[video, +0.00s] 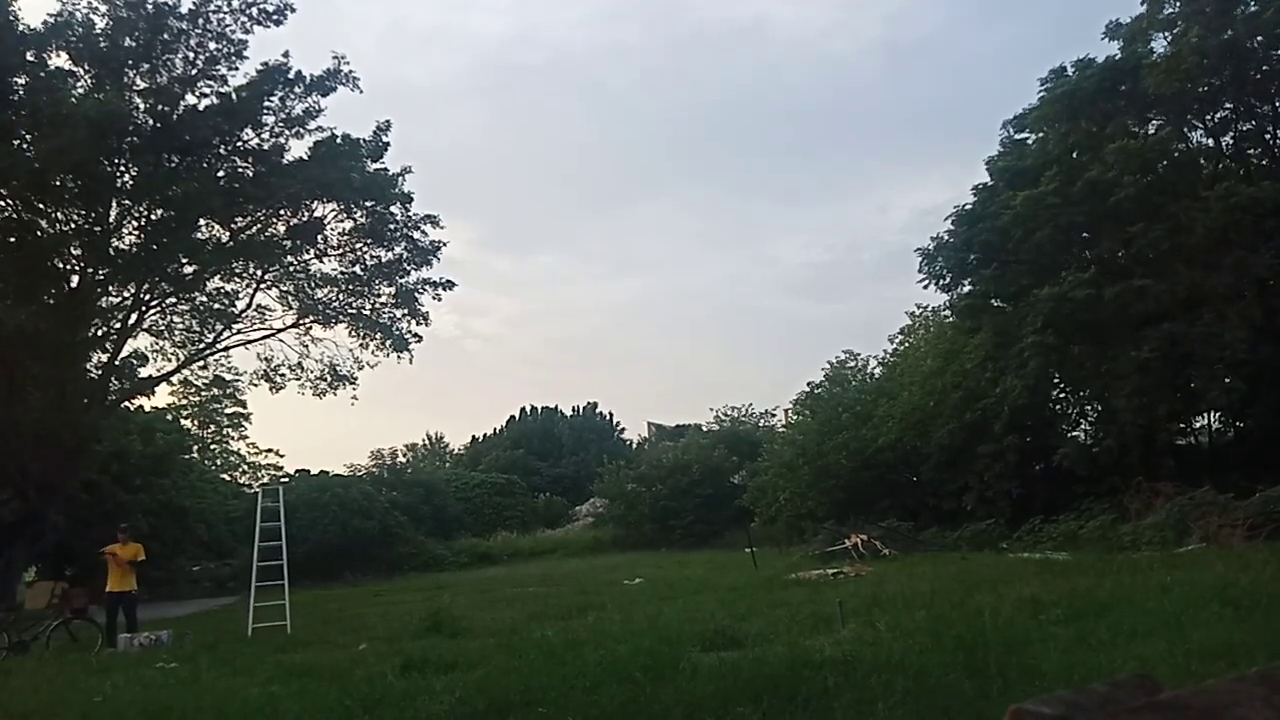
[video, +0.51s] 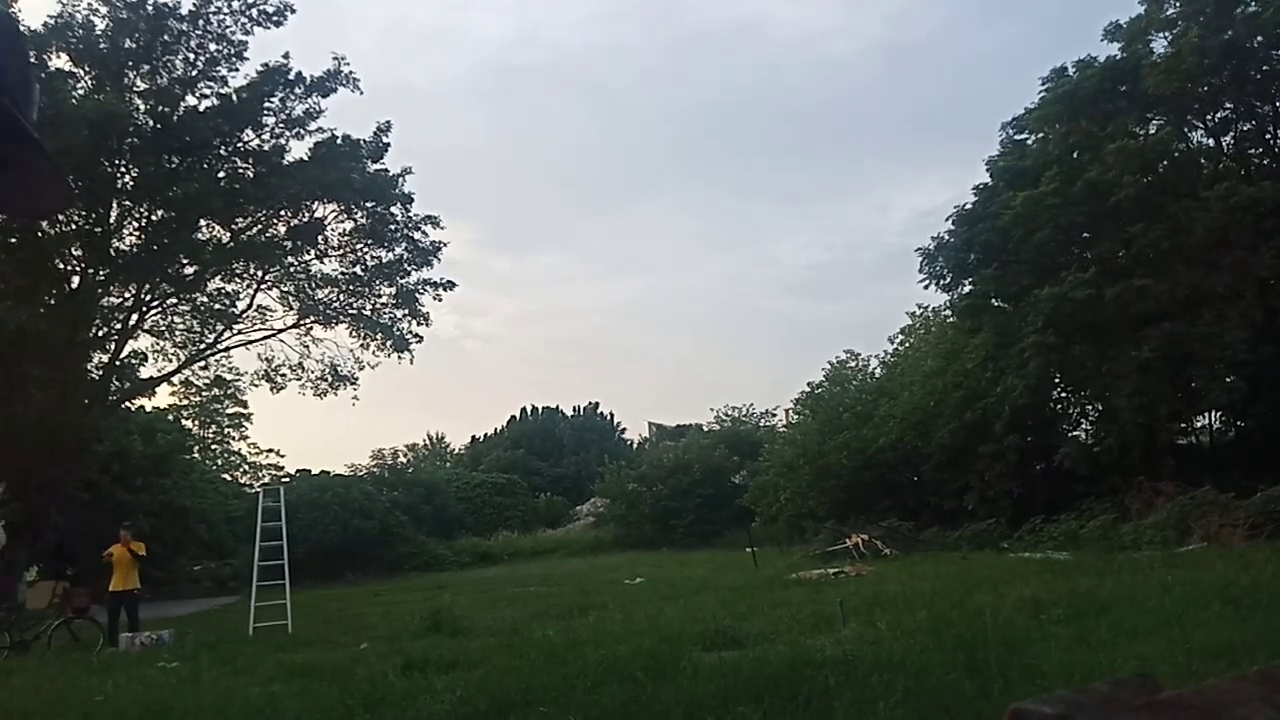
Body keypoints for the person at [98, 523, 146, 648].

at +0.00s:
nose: (122, 537)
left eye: (124, 534)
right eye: (120, 534)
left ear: (129, 534)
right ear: (117, 535)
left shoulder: (137, 548)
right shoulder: (112, 548)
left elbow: (141, 565)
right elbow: (98, 556)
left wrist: (124, 561)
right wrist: (108, 556)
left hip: (129, 589)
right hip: (112, 589)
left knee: (131, 619)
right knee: (110, 620)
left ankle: (133, 644)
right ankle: (111, 646)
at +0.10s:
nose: (122, 540)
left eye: (125, 537)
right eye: (120, 537)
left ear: (129, 537)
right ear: (117, 538)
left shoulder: (138, 550)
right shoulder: (113, 551)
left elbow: (141, 568)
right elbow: (100, 561)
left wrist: (127, 562)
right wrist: (109, 558)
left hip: (129, 592)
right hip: (113, 592)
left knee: (132, 622)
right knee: (111, 622)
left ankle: (134, 647)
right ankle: (111, 648)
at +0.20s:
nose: (124, 536)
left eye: (126, 533)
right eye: (122, 533)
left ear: (131, 533)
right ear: (119, 534)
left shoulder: (139, 546)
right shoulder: (115, 547)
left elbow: (142, 563)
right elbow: (102, 557)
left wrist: (129, 556)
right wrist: (109, 555)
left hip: (131, 587)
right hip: (115, 587)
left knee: (133, 617)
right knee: (113, 618)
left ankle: (135, 642)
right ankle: (113, 644)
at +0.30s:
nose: (124, 536)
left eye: (126, 533)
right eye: (122, 533)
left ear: (131, 534)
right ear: (119, 533)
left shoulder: (138, 546)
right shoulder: (114, 547)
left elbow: (141, 561)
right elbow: (101, 557)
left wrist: (129, 552)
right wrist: (107, 556)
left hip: (130, 587)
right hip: (114, 587)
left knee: (132, 618)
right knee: (111, 618)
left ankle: (134, 642)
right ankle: (112, 644)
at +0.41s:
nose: (123, 541)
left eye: (125, 538)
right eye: (121, 538)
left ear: (130, 538)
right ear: (118, 538)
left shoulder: (137, 549)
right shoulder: (113, 551)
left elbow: (140, 562)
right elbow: (99, 560)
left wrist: (127, 553)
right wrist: (103, 560)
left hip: (129, 590)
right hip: (113, 591)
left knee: (131, 621)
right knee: (110, 622)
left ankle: (133, 646)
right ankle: (110, 648)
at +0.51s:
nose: (123, 537)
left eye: (126, 535)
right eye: (122, 534)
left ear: (131, 535)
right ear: (119, 535)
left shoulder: (138, 546)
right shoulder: (115, 548)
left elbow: (141, 559)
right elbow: (102, 559)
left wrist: (129, 549)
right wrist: (106, 558)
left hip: (131, 588)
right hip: (115, 588)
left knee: (133, 618)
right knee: (112, 619)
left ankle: (135, 643)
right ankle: (112, 645)